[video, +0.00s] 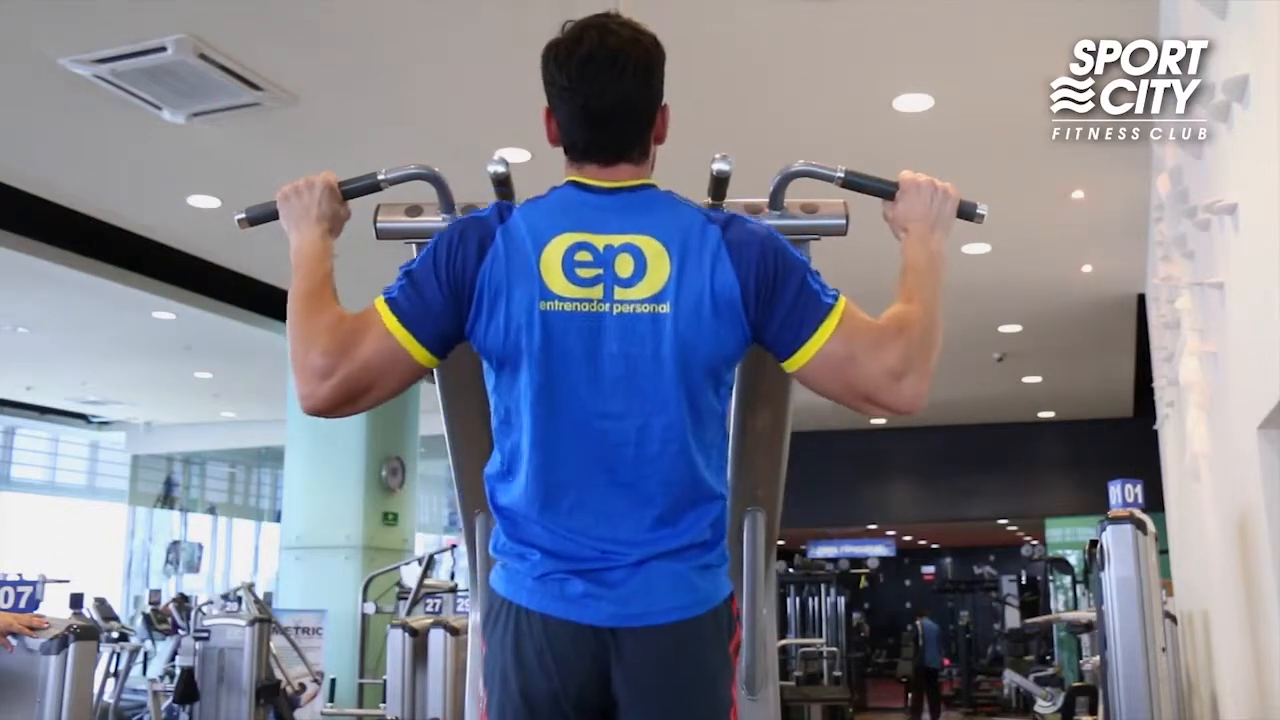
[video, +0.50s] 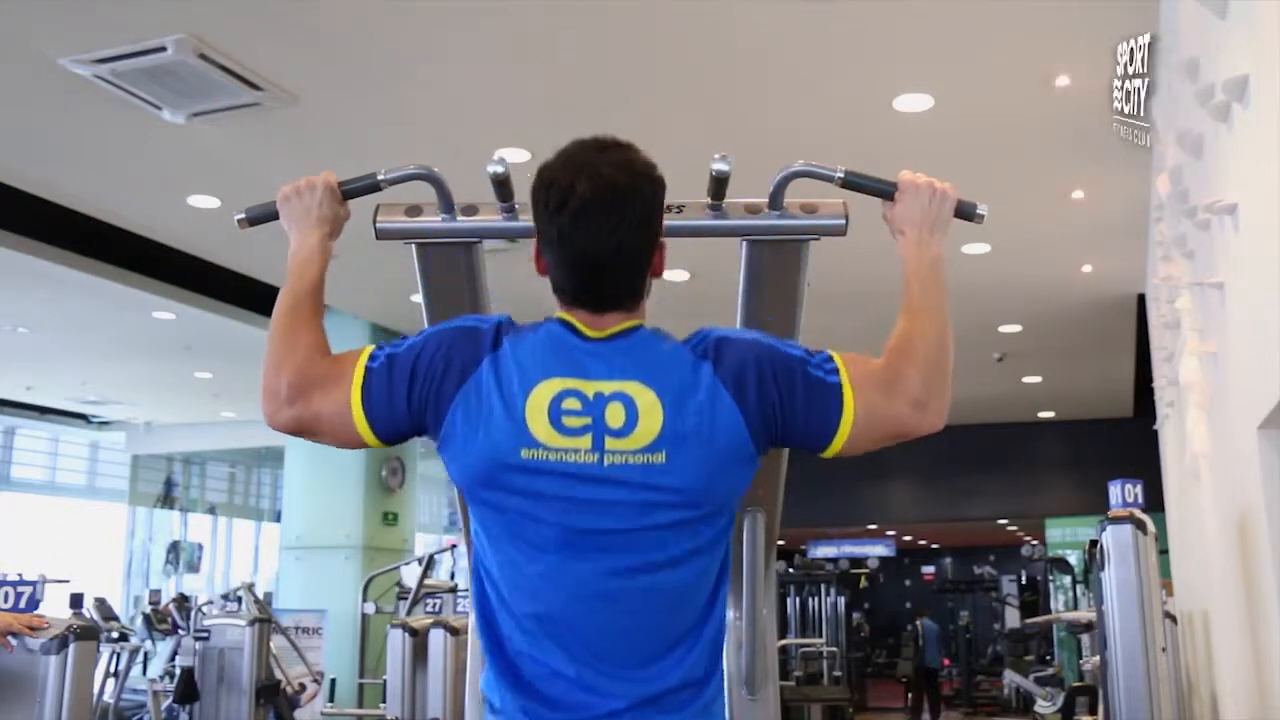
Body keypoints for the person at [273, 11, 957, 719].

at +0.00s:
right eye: (664, 113)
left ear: (550, 127)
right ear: (662, 126)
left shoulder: (486, 245)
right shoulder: (733, 249)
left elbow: (327, 382)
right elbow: (896, 381)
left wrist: (309, 240)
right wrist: (925, 242)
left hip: (532, 614)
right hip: (679, 616)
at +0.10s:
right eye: (662, 131)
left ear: (547, 145)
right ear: (662, 147)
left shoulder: (485, 262)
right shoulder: (732, 269)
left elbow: (316, 387)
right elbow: (905, 385)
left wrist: (309, 238)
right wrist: (924, 239)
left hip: (532, 636)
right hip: (680, 637)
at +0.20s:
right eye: (661, 150)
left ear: (544, 170)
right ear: (662, 170)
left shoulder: (478, 287)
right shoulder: (732, 293)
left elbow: (305, 392)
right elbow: (911, 392)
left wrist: (308, 236)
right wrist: (924, 238)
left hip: (529, 669)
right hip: (682, 668)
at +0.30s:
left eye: (546, 172)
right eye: (658, 175)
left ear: (542, 195)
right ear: (662, 195)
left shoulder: (475, 311)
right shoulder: (732, 318)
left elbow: (297, 394)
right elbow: (912, 396)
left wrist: (308, 243)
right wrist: (924, 240)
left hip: (528, 689)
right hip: (687, 689)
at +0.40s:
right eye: (661, 204)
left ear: (538, 223)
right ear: (660, 224)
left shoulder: (471, 335)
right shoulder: (731, 346)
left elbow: (292, 394)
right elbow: (917, 395)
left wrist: (307, 241)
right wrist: (925, 238)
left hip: (525, 701)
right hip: (685, 700)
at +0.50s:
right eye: (661, 237)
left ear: (539, 259)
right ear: (660, 260)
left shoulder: (469, 367)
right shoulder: (731, 379)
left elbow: (289, 397)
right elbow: (918, 398)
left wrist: (307, 244)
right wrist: (925, 243)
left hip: (523, 703)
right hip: (681, 705)